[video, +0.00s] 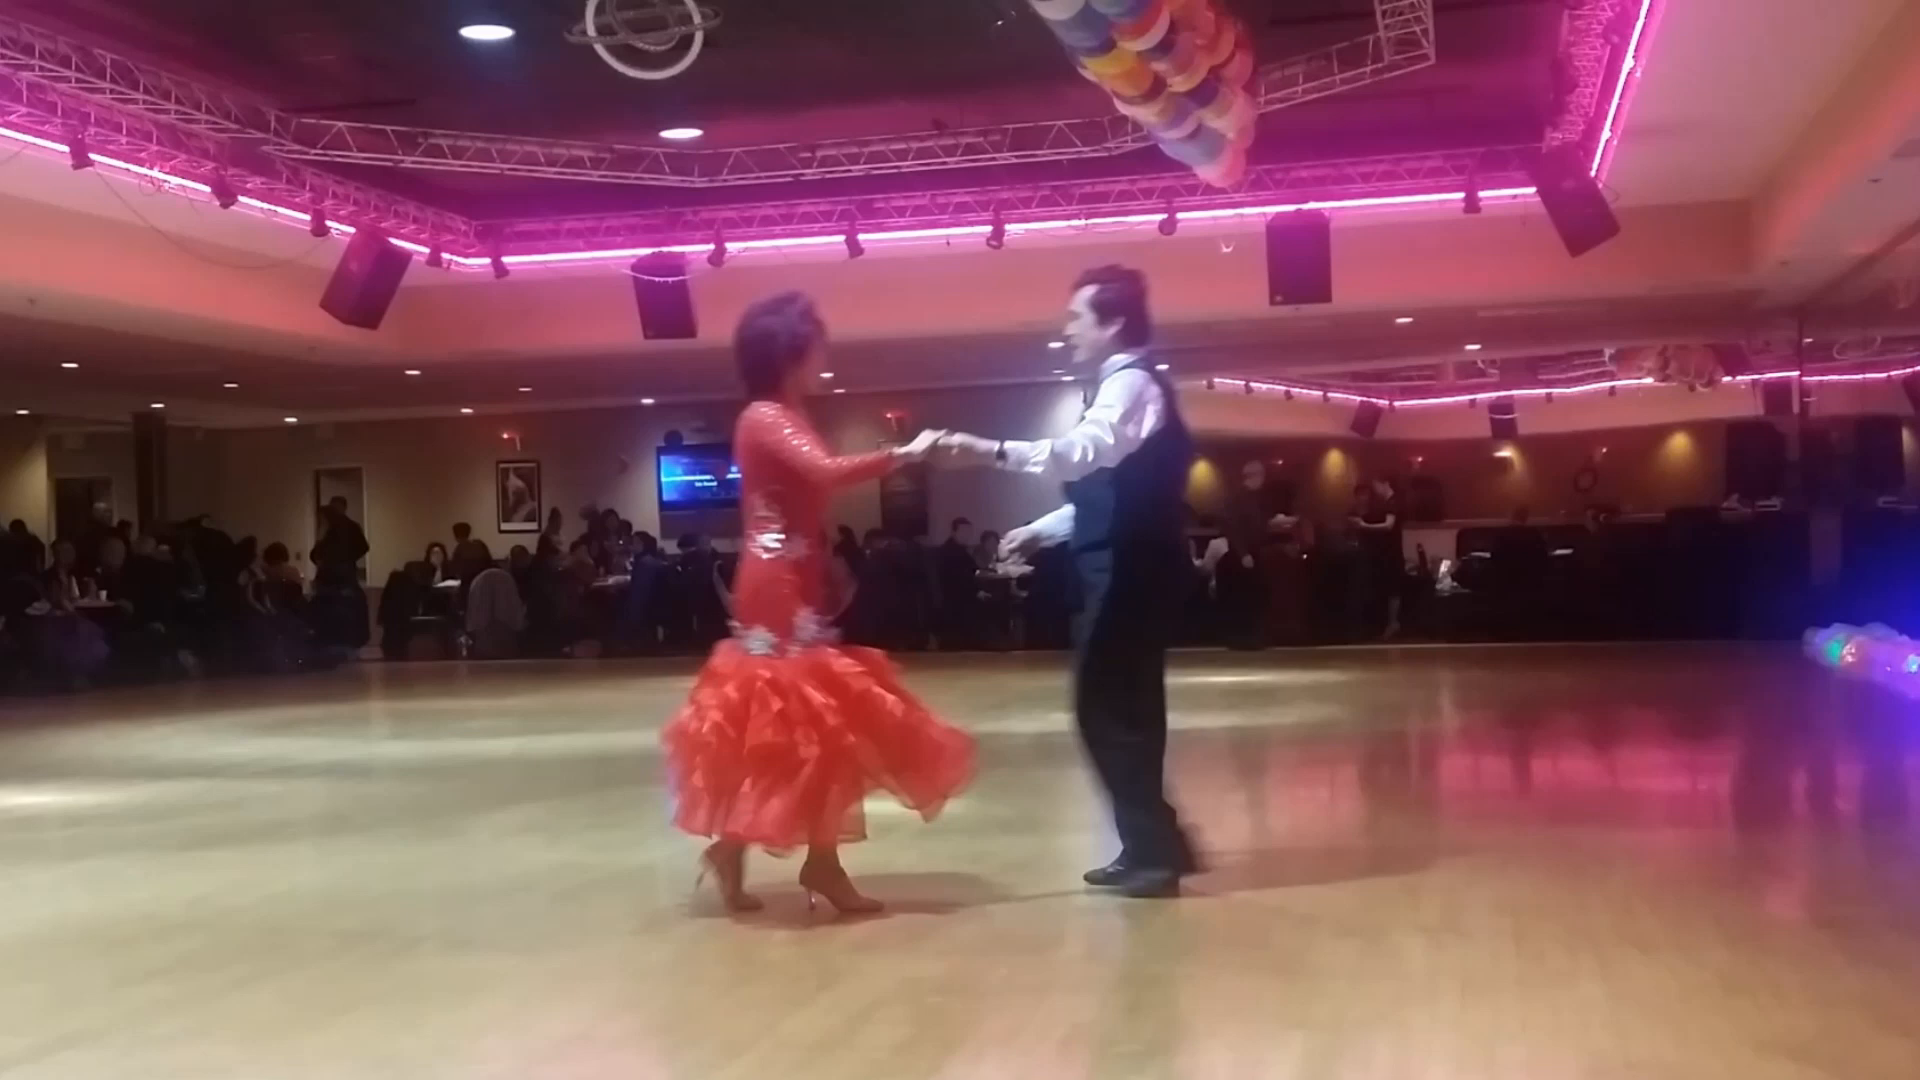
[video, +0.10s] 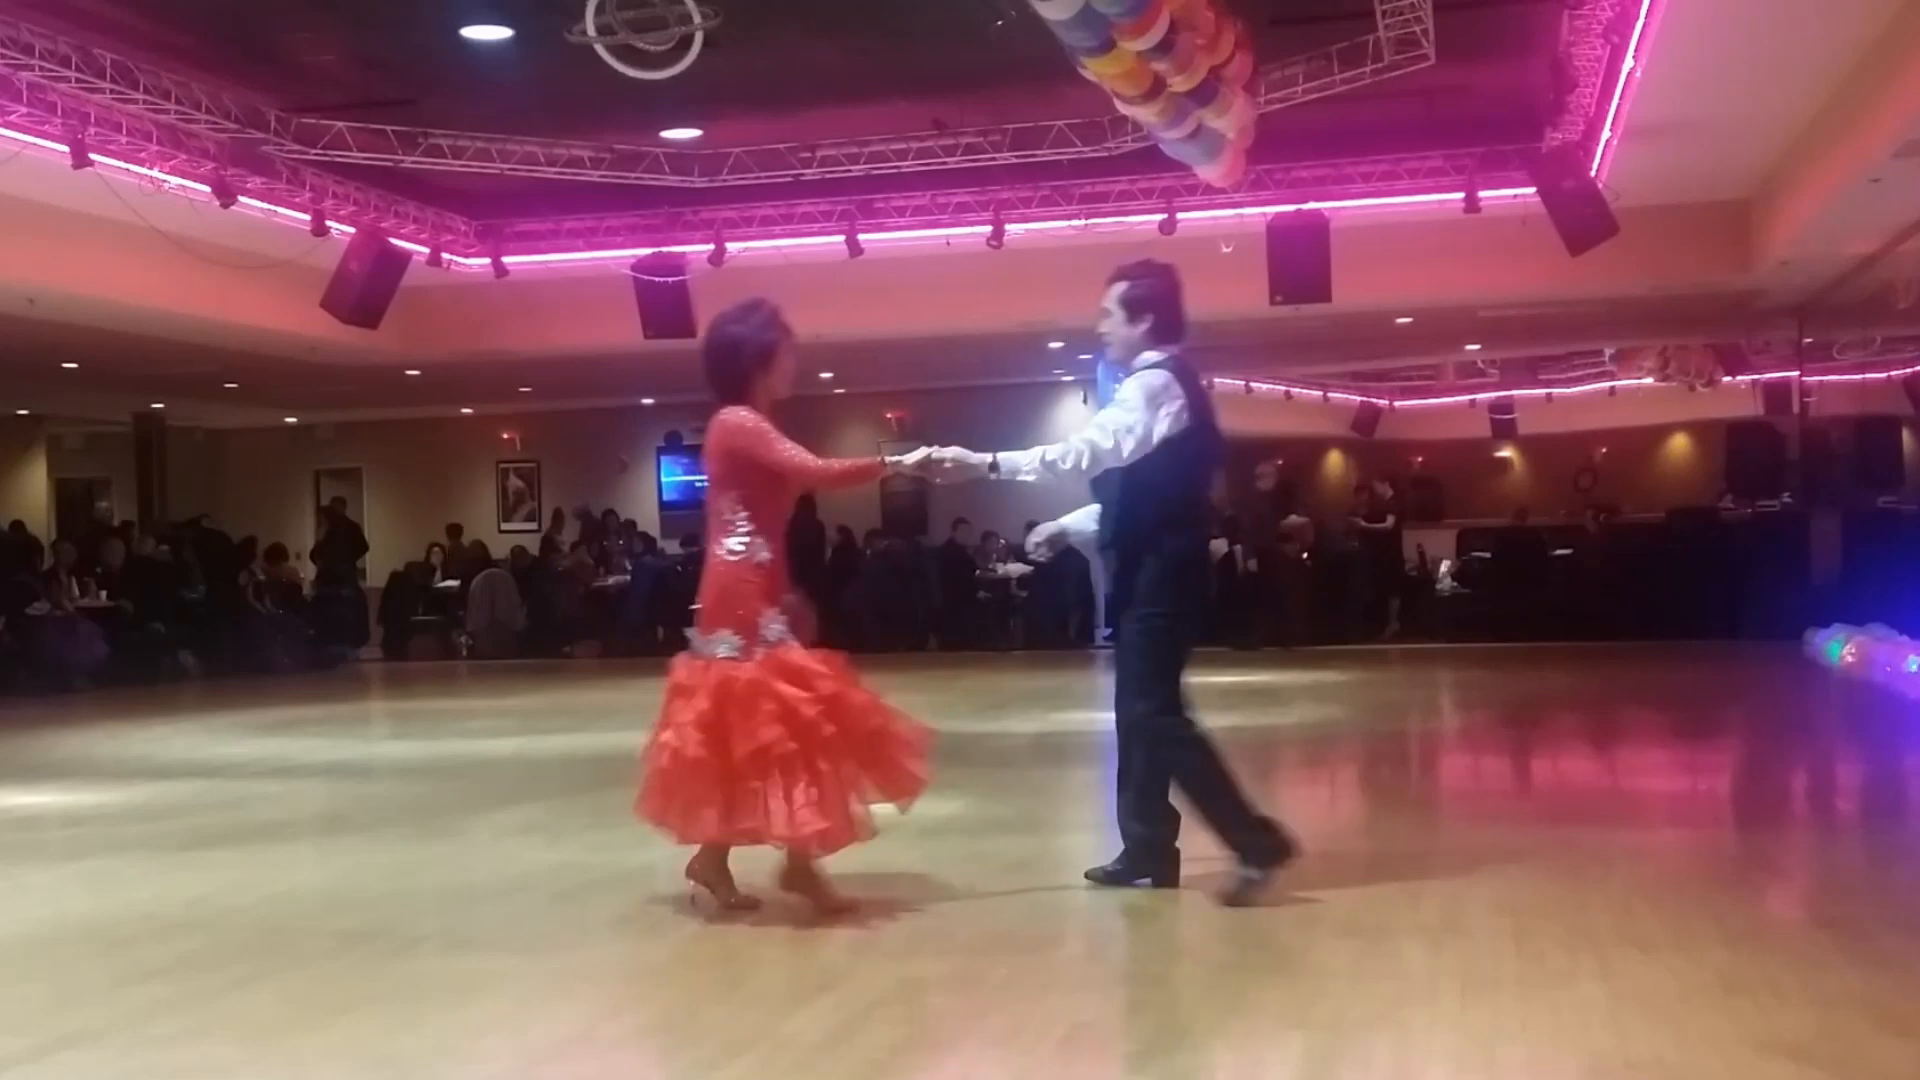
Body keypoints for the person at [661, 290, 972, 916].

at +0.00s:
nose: (822, 364)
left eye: (821, 352)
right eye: (815, 352)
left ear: (775, 355)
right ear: (785, 355)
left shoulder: (786, 416)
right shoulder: (765, 419)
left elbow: (789, 511)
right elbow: (823, 471)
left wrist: (824, 563)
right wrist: (900, 454)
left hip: (789, 580)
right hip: (775, 584)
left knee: (767, 720)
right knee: (823, 721)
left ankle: (729, 839)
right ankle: (823, 859)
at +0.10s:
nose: (794, 367)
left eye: (792, 355)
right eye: (786, 356)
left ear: (741, 361)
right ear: (758, 360)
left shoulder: (745, 425)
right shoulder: (737, 425)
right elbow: (810, 471)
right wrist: (897, 463)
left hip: (741, 592)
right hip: (741, 596)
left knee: (741, 730)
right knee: (797, 723)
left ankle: (712, 854)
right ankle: (800, 859)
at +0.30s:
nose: (743, 366)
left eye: (741, 354)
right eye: (737, 355)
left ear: (677, 366)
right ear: (713, 363)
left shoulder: (671, 435)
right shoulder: (721, 421)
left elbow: (654, 524)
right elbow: (817, 438)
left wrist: (679, 572)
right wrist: (902, 435)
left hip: (687, 576)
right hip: (719, 576)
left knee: (721, 722)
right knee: (730, 722)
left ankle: (715, 860)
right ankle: (717, 867)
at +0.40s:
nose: (746, 364)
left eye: (743, 354)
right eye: (739, 355)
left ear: (676, 366)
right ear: (719, 362)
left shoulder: (664, 434)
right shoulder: (734, 421)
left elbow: (632, 511)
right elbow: (825, 445)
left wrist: (639, 580)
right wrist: (904, 446)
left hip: (682, 578)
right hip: (722, 576)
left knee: (736, 718)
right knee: (730, 720)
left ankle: (750, 855)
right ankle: (718, 864)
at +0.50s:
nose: (759, 367)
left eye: (755, 355)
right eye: (750, 357)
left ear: (692, 372)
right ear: (726, 367)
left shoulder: (681, 438)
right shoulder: (744, 424)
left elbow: (643, 518)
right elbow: (835, 453)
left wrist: (647, 582)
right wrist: (925, 457)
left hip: (699, 577)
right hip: (735, 576)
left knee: (757, 718)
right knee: (736, 722)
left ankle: (779, 846)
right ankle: (720, 862)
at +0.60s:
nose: (783, 367)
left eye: (779, 356)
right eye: (773, 358)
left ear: (718, 373)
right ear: (749, 369)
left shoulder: (713, 438)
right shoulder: (760, 427)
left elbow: (680, 521)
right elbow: (850, 459)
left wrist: (704, 578)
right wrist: (939, 466)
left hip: (722, 580)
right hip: (751, 581)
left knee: (772, 715)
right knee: (779, 715)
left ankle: (777, 844)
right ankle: (750, 842)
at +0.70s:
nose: (819, 358)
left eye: (813, 347)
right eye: (806, 350)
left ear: (763, 368)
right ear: (777, 364)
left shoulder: (758, 426)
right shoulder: (785, 421)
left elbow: (738, 518)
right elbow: (872, 453)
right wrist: (963, 460)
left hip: (759, 579)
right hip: (778, 582)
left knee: (800, 715)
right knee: (824, 712)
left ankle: (797, 849)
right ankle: (791, 852)